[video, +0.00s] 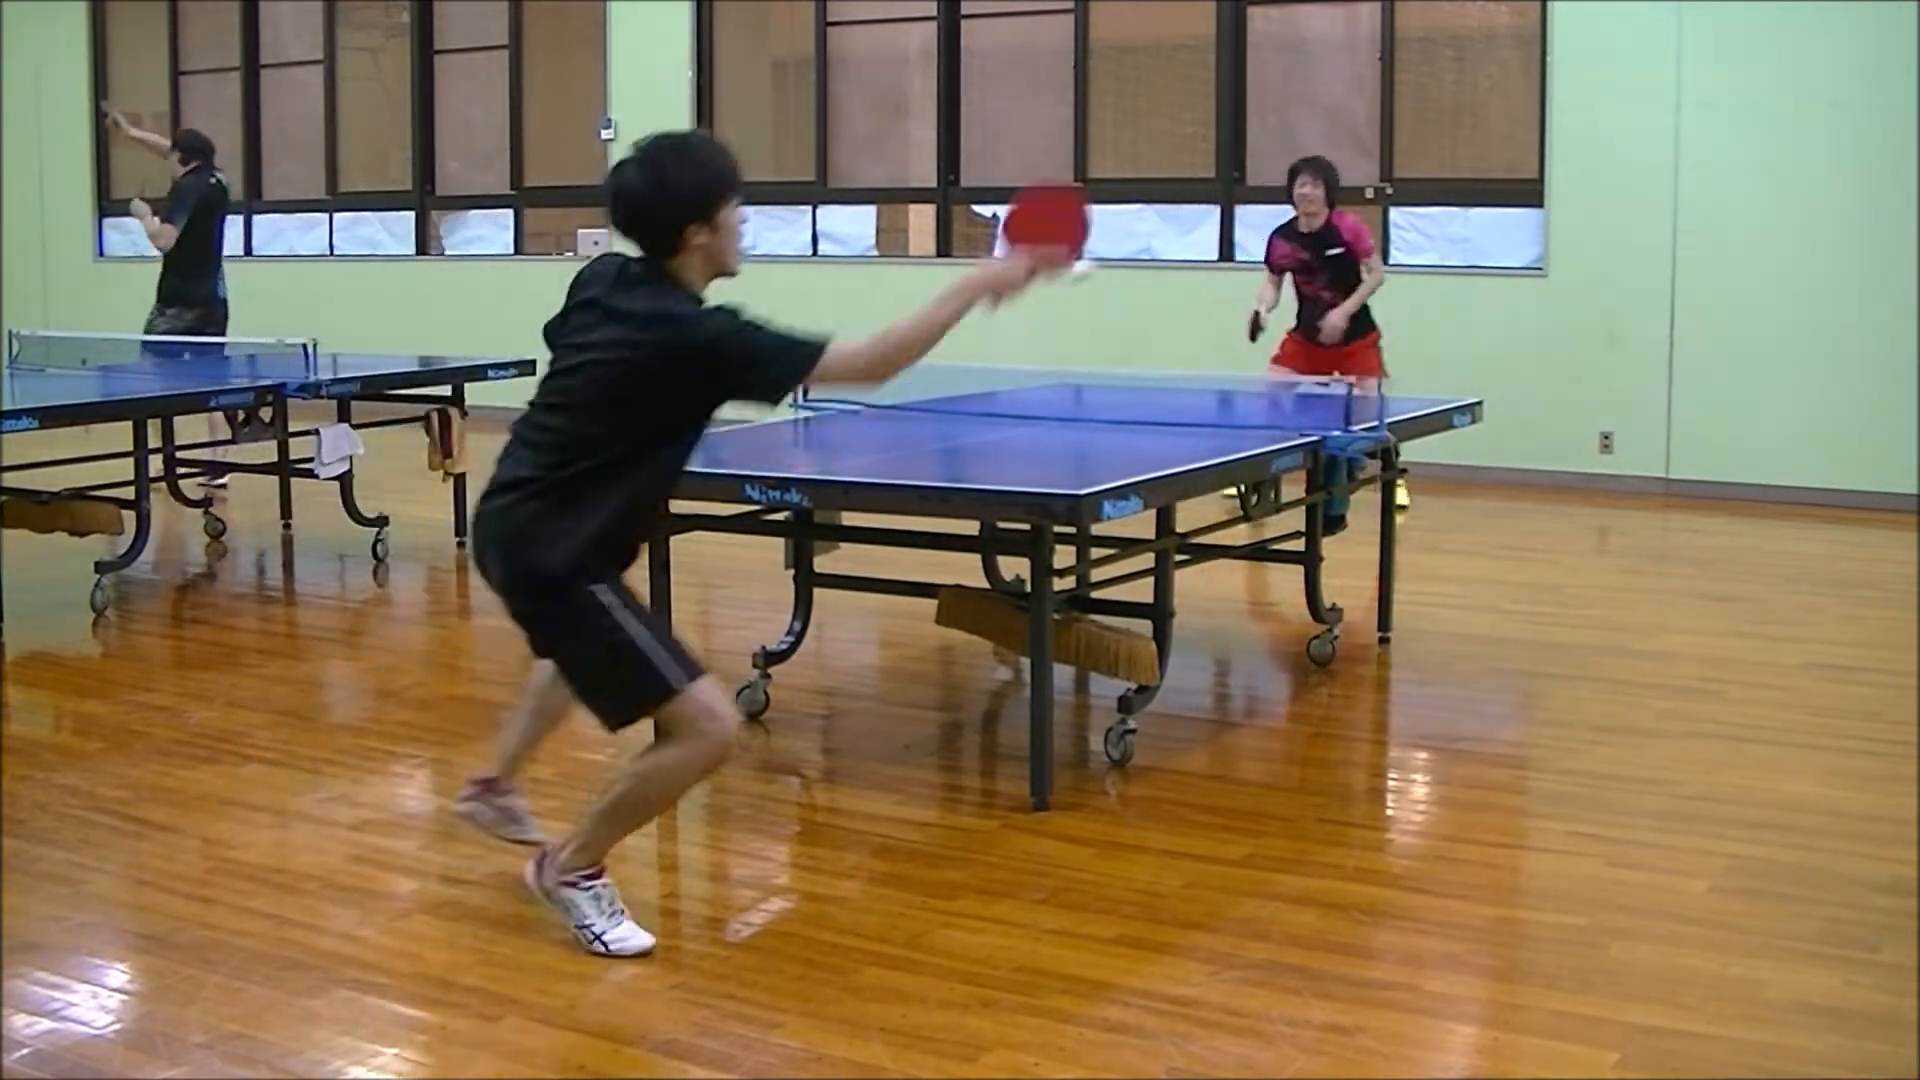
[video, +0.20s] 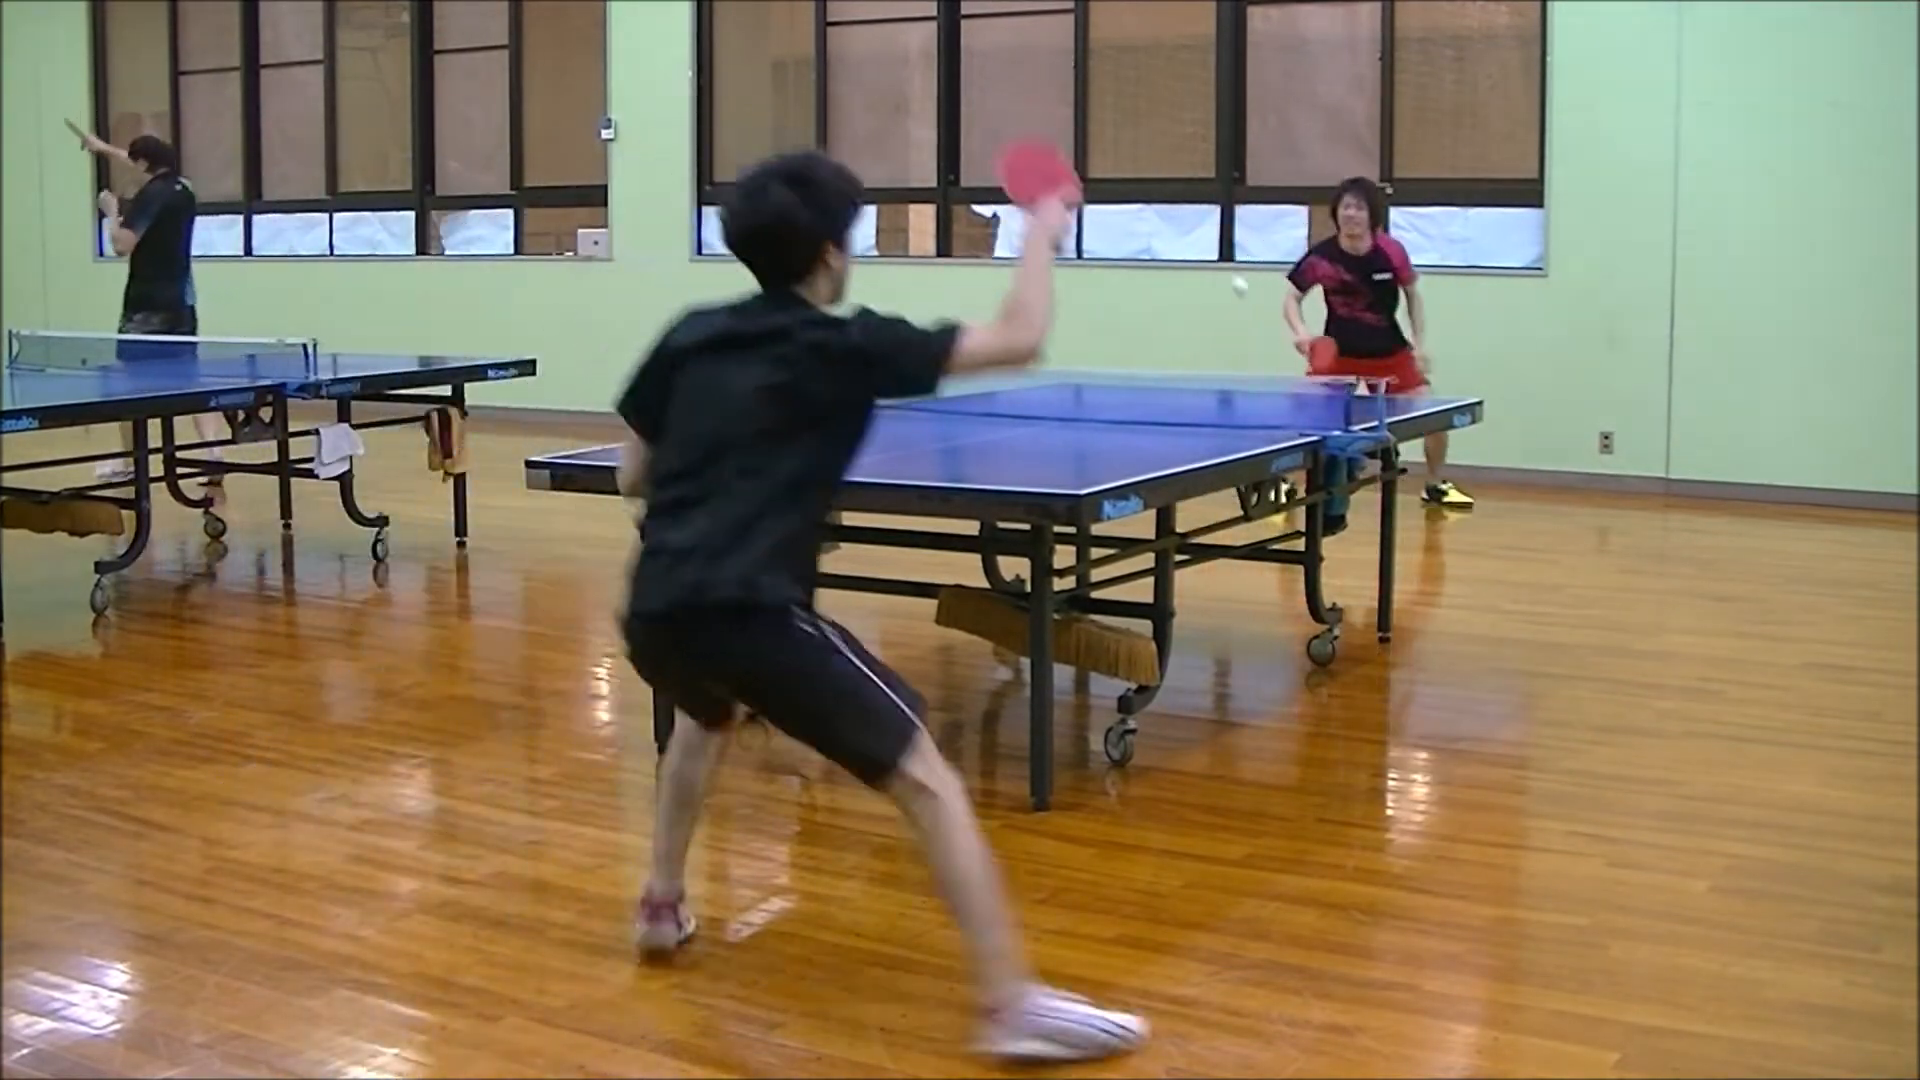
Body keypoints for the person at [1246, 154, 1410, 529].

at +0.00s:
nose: (1308, 192)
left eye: (1315, 185)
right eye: (1301, 185)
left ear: (1330, 191)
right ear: (1291, 193)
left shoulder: (1348, 229)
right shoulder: (1282, 239)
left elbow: (1376, 274)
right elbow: (1272, 282)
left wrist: (1343, 312)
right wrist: (1261, 310)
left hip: (1356, 344)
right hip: (1305, 341)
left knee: (1366, 420)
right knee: (1269, 406)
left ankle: (1392, 477)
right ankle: (1258, 478)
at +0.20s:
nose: (1352, 214)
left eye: (1360, 207)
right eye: (1346, 207)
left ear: (1372, 214)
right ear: (1336, 213)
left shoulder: (1390, 250)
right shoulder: (1321, 256)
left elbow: (1412, 295)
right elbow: (1291, 299)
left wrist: (1418, 344)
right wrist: (1300, 333)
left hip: (1390, 355)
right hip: (1337, 357)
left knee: (1434, 416)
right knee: (1303, 413)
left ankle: (1436, 482)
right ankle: (1289, 483)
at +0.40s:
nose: (1375, 208)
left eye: (1384, 202)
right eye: (1368, 200)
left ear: (1396, 208)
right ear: (1357, 204)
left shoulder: (1399, 240)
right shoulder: (1341, 244)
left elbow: (1407, 279)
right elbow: (1331, 305)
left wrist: (1437, 312)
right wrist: (1368, 342)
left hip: (1364, 342)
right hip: (1323, 343)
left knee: (1405, 396)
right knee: (1326, 424)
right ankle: (1325, 510)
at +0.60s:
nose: (1395, 239)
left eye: (1403, 233)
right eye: (1388, 231)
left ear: (1413, 241)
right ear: (1374, 234)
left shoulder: (1392, 264)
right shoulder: (1360, 270)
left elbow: (1388, 279)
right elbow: (1371, 339)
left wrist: (1404, 294)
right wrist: (1416, 361)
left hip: (1337, 355)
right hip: (1306, 352)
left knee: (1370, 412)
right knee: (1330, 426)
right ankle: (1316, 506)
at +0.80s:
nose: (1387, 267)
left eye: (1395, 260)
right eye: (1380, 258)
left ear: (1404, 263)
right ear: (1365, 258)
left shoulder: (1390, 285)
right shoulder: (1349, 298)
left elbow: (1369, 331)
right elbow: (1357, 367)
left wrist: (1362, 370)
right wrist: (1406, 390)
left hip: (1343, 367)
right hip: (1314, 369)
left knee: (1350, 439)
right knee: (1332, 443)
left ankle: (1335, 509)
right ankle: (1324, 515)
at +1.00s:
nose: (1364, 238)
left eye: (1367, 230)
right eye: (1356, 233)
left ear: (1376, 231)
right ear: (1344, 239)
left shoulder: (1396, 257)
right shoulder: (1340, 272)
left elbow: (1420, 263)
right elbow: (1339, 282)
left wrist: (1439, 266)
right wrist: (1356, 249)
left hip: (1393, 365)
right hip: (1349, 366)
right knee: (1337, 438)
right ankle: (1328, 512)